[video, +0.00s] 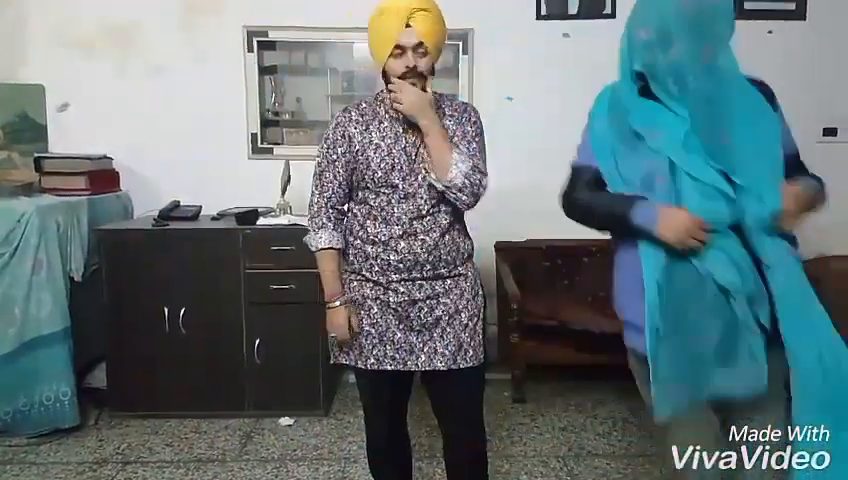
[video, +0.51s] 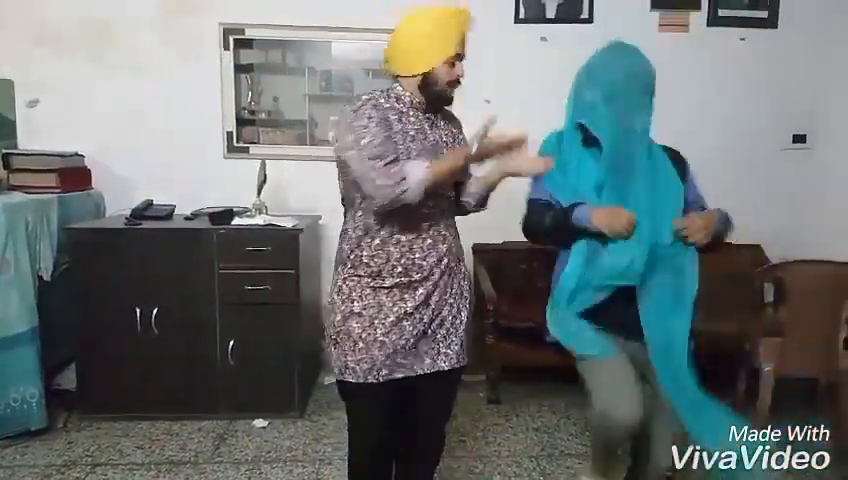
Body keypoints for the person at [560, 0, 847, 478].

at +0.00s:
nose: (683, 54)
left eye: (696, 36)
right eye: (669, 37)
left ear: (717, 34)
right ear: (646, 36)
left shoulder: (753, 99)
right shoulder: (619, 107)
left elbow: (799, 177)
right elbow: (578, 196)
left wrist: (803, 193)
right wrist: (651, 216)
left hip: (758, 322)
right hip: (664, 329)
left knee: (770, 459)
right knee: (698, 461)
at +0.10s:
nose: (655, 59)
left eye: (669, 47)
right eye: (645, 46)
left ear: (698, 38)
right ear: (629, 40)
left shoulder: (738, 89)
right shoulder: (605, 103)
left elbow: (797, 159)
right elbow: (552, 177)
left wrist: (757, 183)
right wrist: (606, 200)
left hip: (734, 316)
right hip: (641, 321)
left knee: (743, 460)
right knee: (653, 460)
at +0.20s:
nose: (645, 66)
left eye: (658, 54)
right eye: (634, 54)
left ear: (684, 43)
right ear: (620, 44)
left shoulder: (720, 90)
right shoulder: (594, 105)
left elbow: (782, 155)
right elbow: (538, 171)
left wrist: (725, 176)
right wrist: (579, 199)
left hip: (715, 306)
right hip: (628, 311)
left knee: (716, 452)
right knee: (643, 454)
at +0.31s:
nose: (630, 71)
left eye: (644, 58)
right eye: (622, 58)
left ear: (668, 53)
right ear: (607, 50)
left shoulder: (704, 105)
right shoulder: (583, 113)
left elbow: (758, 168)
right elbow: (541, 182)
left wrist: (710, 183)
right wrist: (573, 201)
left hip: (695, 303)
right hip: (616, 305)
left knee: (693, 448)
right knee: (645, 446)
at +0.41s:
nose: (625, 105)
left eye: (638, 93)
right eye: (616, 92)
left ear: (656, 93)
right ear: (599, 86)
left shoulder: (681, 150)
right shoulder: (576, 146)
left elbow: (739, 210)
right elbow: (549, 215)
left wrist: (717, 214)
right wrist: (587, 212)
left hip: (667, 305)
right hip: (598, 303)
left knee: (683, 408)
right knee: (649, 404)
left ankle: (672, 470)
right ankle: (627, 472)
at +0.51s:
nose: (619, 119)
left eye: (629, 106)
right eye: (608, 105)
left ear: (644, 104)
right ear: (589, 100)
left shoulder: (667, 163)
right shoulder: (563, 152)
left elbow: (706, 224)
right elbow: (535, 221)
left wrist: (716, 221)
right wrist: (589, 217)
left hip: (660, 323)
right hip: (590, 317)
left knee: (666, 444)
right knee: (621, 411)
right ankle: (606, 465)